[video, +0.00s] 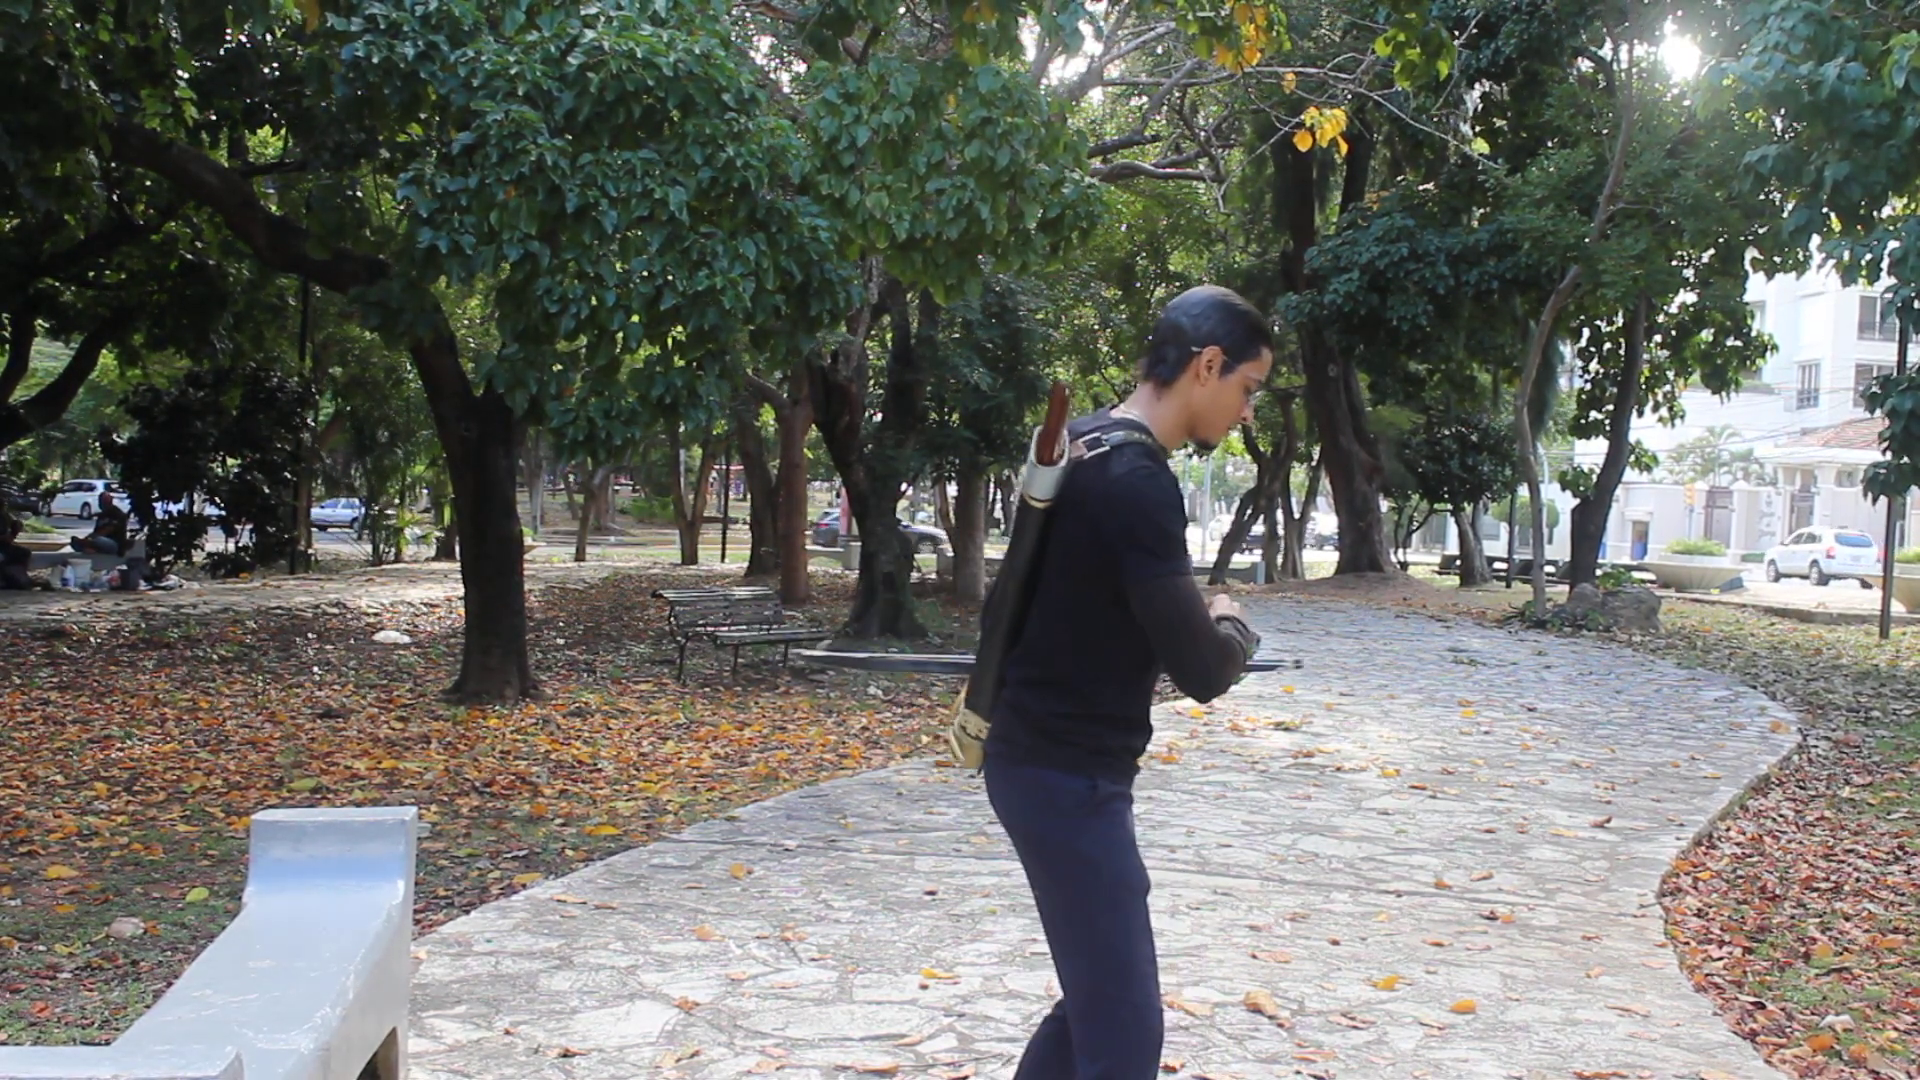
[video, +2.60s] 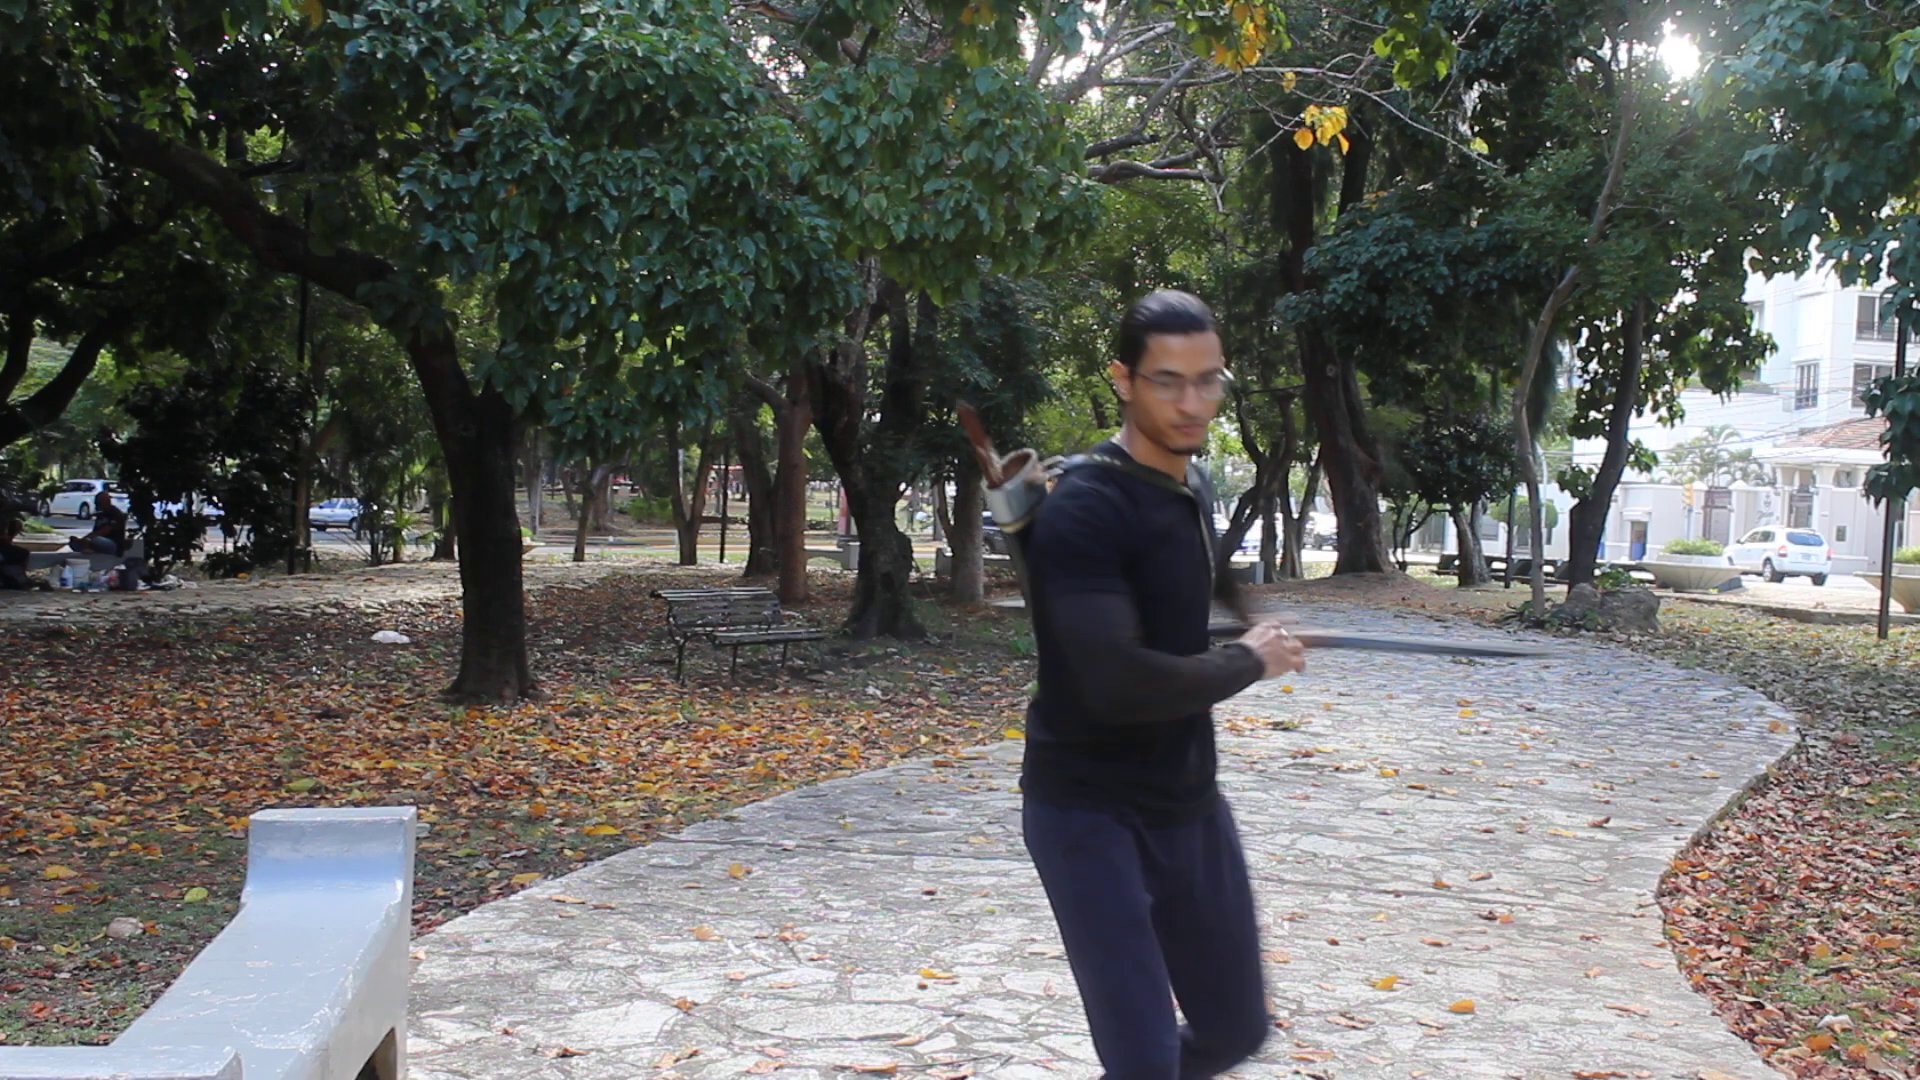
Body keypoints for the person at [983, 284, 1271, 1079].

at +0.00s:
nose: (1247, 413)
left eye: (1255, 395)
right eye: (1249, 388)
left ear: (1183, 363)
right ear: (1203, 364)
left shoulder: (1090, 443)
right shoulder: (1136, 478)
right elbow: (1201, 671)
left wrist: (1197, 615)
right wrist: (1231, 623)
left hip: (1041, 766)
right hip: (1068, 781)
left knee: (1096, 1007)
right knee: (1127, 1031)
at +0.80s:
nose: (1204, 416)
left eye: (1209, 398)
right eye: (1201, 393)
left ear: (1137, 377)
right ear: (1151, 375)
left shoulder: (1071, 457)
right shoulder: (1104, 484)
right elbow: (1170, 653)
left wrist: (1164, 613)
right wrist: (1185, 611)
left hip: (1039, 750)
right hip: (1053, 761)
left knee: (1016, 971)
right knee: (1083, 996)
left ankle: (976, 1074)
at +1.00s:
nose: (1200, 406)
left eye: (1202, 386)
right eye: (1191, 384)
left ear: (1130, 377)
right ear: (1137, 373)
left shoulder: (1059, 458)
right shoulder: (1112, 484)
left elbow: (1007, 601)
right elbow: (1200, 639)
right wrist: (1204, 617)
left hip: (1032, 755)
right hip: (1061, 768)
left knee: (997, 967)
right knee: (1081, 1000)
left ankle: (967, 1075)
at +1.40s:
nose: (1194, 394)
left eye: (1196, 376)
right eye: (1179, 373)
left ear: (1114, 377)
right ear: (1120, 372)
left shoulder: (1031, 458)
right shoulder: (1137, 494)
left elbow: (965, 556)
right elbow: (1224, 635)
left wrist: (923, 601)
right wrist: (1179, 572)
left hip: (1021, 747)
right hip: (1068, 765)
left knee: (1003, 963)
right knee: (1100, 998)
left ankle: (969, 1070)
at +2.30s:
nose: (1219, 425)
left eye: (1226, 406)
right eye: (1202, 403)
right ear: (1142, 402)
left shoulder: (1089, 475)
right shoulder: (1140, 517)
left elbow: (1013, 567)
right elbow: (1240, 679)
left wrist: (956, 624)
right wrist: (1187, 592)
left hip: (1075, 784)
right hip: (1069, 796)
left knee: (1046, 980)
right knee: (1155, 1018)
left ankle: (988, 1072)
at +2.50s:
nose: (1214, 417)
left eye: (1225, 395)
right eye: (1191, 395)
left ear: (1236, 394)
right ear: (1136, 395)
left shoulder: (1167, 505)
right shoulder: (1103, 513)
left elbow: (1162, 654)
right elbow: (1187, 689)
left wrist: (1215, 647)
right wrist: (1250, 646)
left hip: (1158, 803)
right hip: (1079, 806)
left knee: (1146, 1025)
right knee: (1155, 1047)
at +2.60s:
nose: (1192, 404)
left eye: (1207, 380)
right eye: (1168, 381)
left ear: (1224, 381)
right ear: (1124, 383)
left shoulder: (1183, 495)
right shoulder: (1077, 507)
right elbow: (1109, 684)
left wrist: (1239, 642)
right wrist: (1247, 660)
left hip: (1185, 798)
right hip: (1085, 805)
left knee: (1235, 1026)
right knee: (1146, 1056)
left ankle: (1155, 1067)